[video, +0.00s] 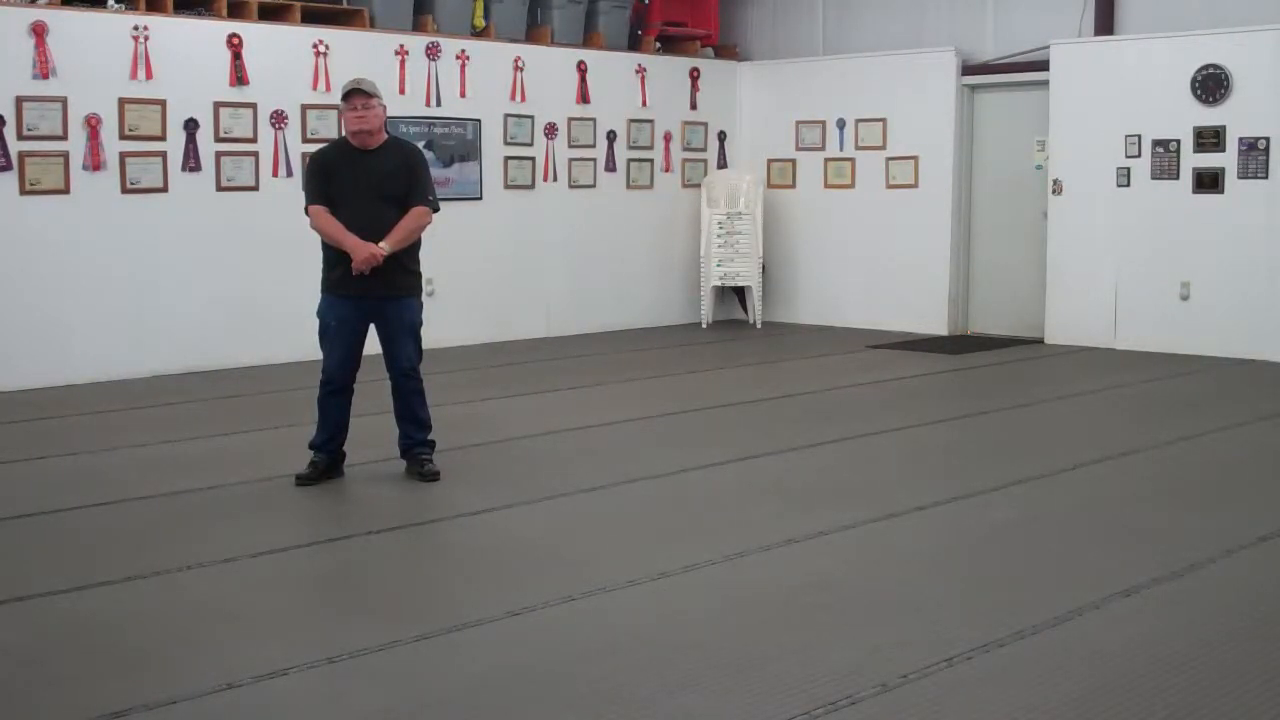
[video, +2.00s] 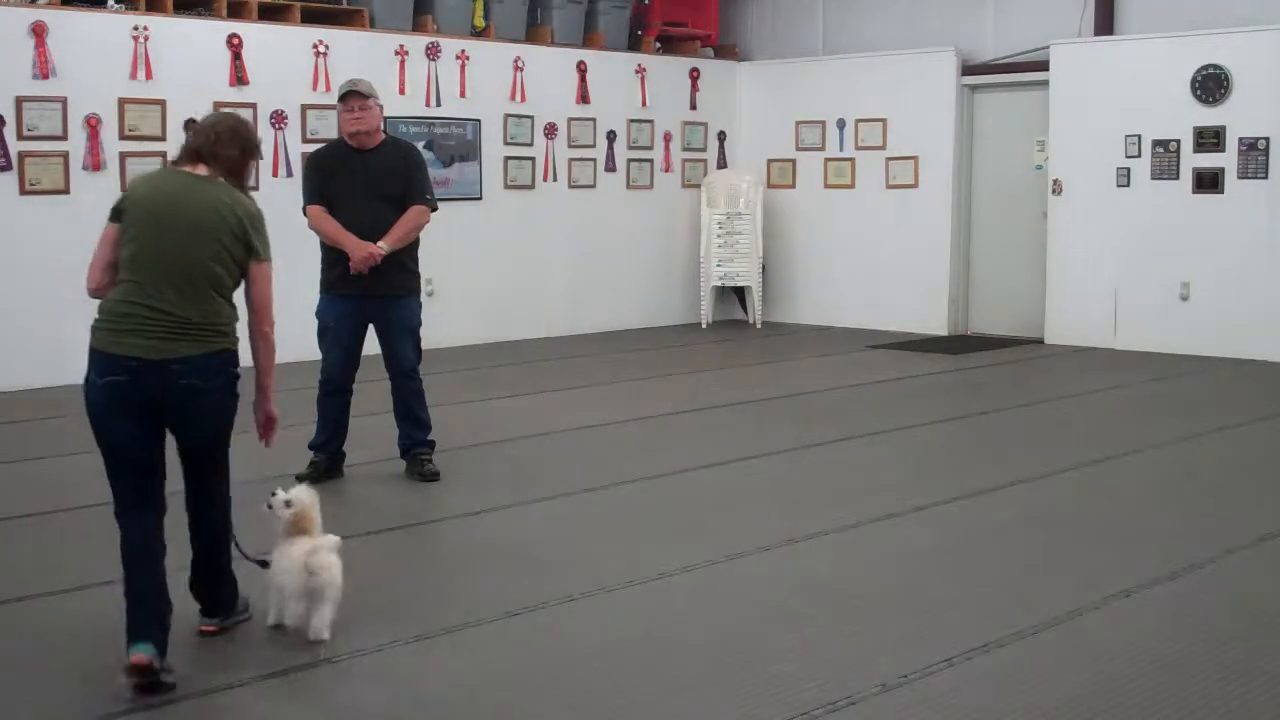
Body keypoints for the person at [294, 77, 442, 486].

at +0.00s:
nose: (359, 114)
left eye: (366, 107)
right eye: (351, 109)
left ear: (383, 112)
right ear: (341, 117)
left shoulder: (408, 155)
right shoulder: (323, 160)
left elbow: (422, 213)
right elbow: (317, 215)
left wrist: (380, 250)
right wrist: (356, 247)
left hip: (398, 286)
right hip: (343, 287)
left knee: (406, 372)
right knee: (335, 375)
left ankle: (419, 452)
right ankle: (327, 455)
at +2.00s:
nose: (357, 116)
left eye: (364, 108)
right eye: (349, 110)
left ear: (380, 112)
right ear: (338, 118)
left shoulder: (406, 155)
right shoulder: (321, 161)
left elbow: (421, 211)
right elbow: (315, 214)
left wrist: (378, 249)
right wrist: (354, 246)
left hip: (397, 288)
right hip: (342, 288)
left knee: (406, 372)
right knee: (335, 375)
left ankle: (419, 451)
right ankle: (327, 455)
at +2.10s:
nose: (356, 116)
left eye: (364, 108)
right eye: (349, 110)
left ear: (380, 112)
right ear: (338, 118)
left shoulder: (406, 155)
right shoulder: (321, 161)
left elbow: (421, 211)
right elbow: (315, 214)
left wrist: (379, 249)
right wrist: (354, 246)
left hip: (397, 288)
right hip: (342, 289)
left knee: (406, 373)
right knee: (335, 376)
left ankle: (419, 450)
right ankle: (327, 455)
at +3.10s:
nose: (357, 117)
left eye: (364, 109)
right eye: (349, 111)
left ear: (380, 113)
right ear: (338, 118)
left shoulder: (406, 155)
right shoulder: (322, 161)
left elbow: (421, 212)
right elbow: (317, 218)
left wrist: (378, 250)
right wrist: (354, 247)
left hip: (397, 287)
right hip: (342, 289)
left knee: (406, 372)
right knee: (334, 374)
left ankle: (419, 451)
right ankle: (327, 454)